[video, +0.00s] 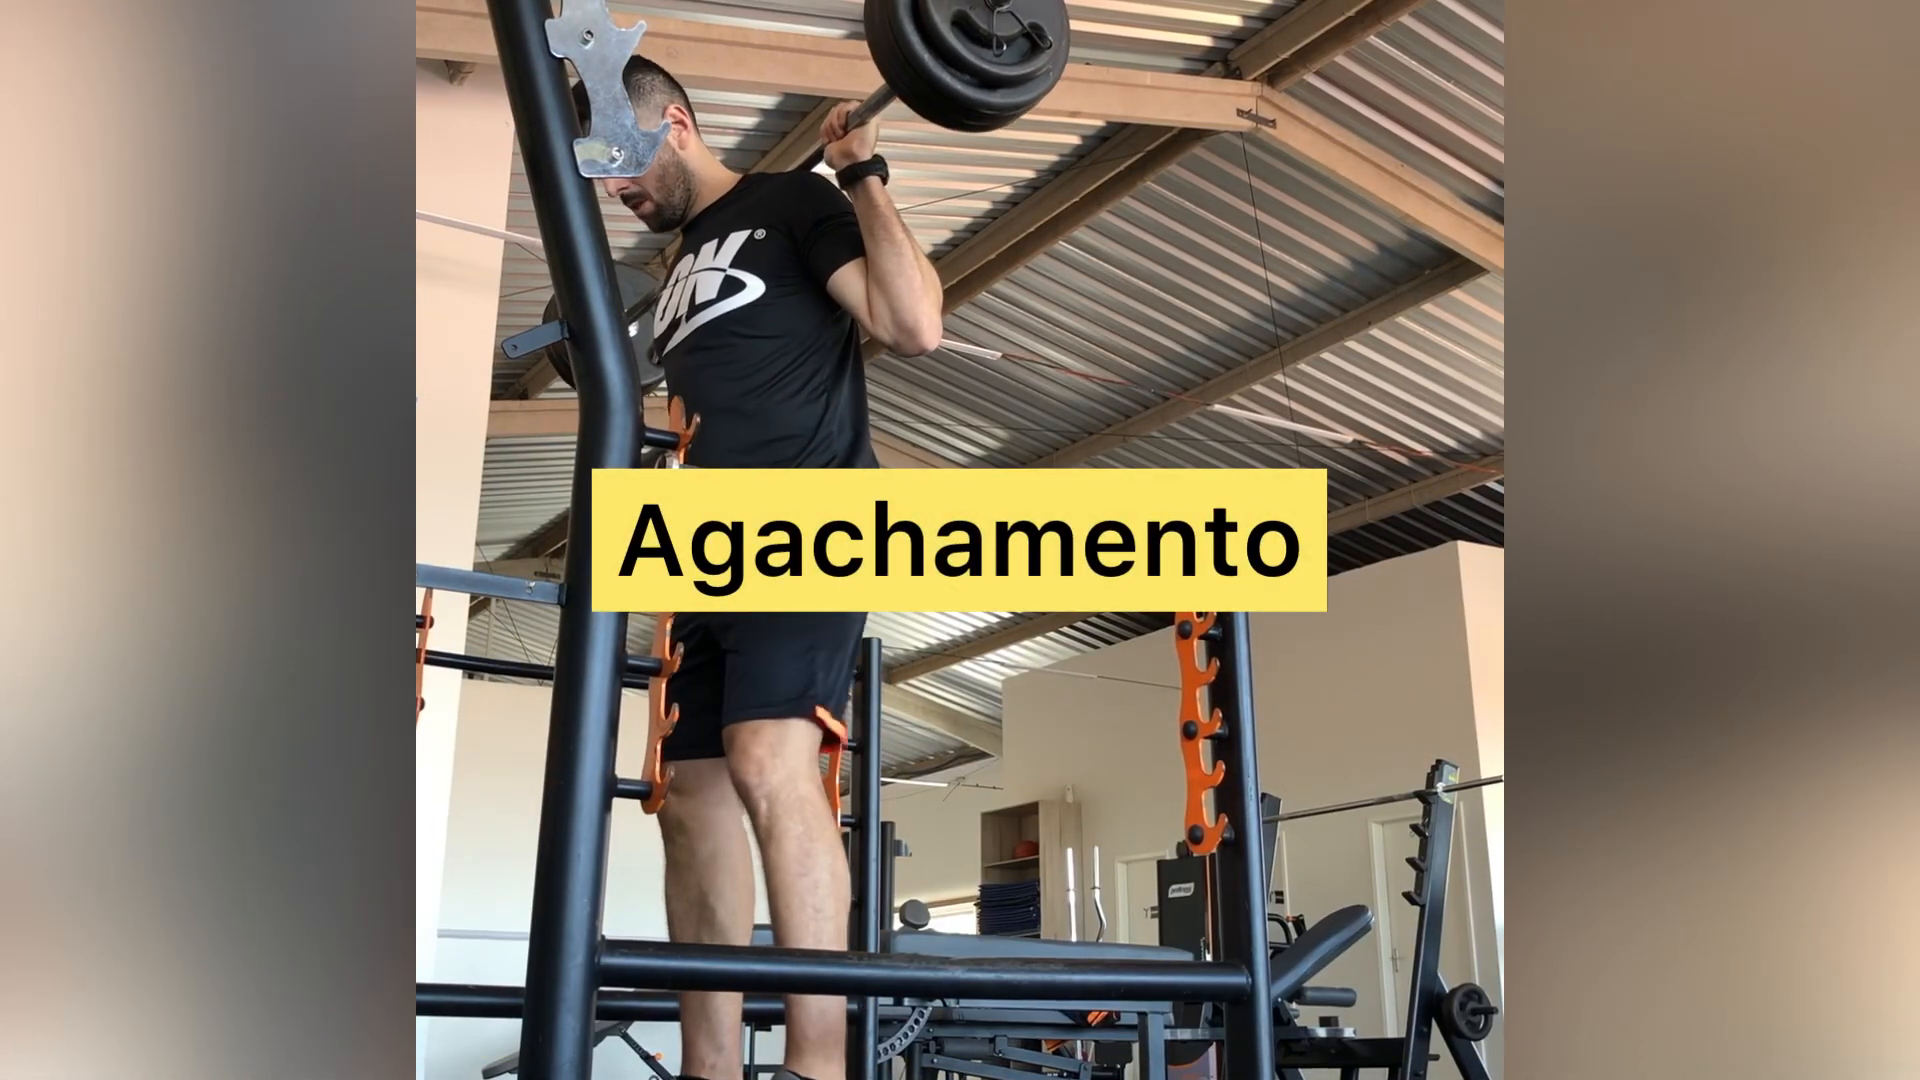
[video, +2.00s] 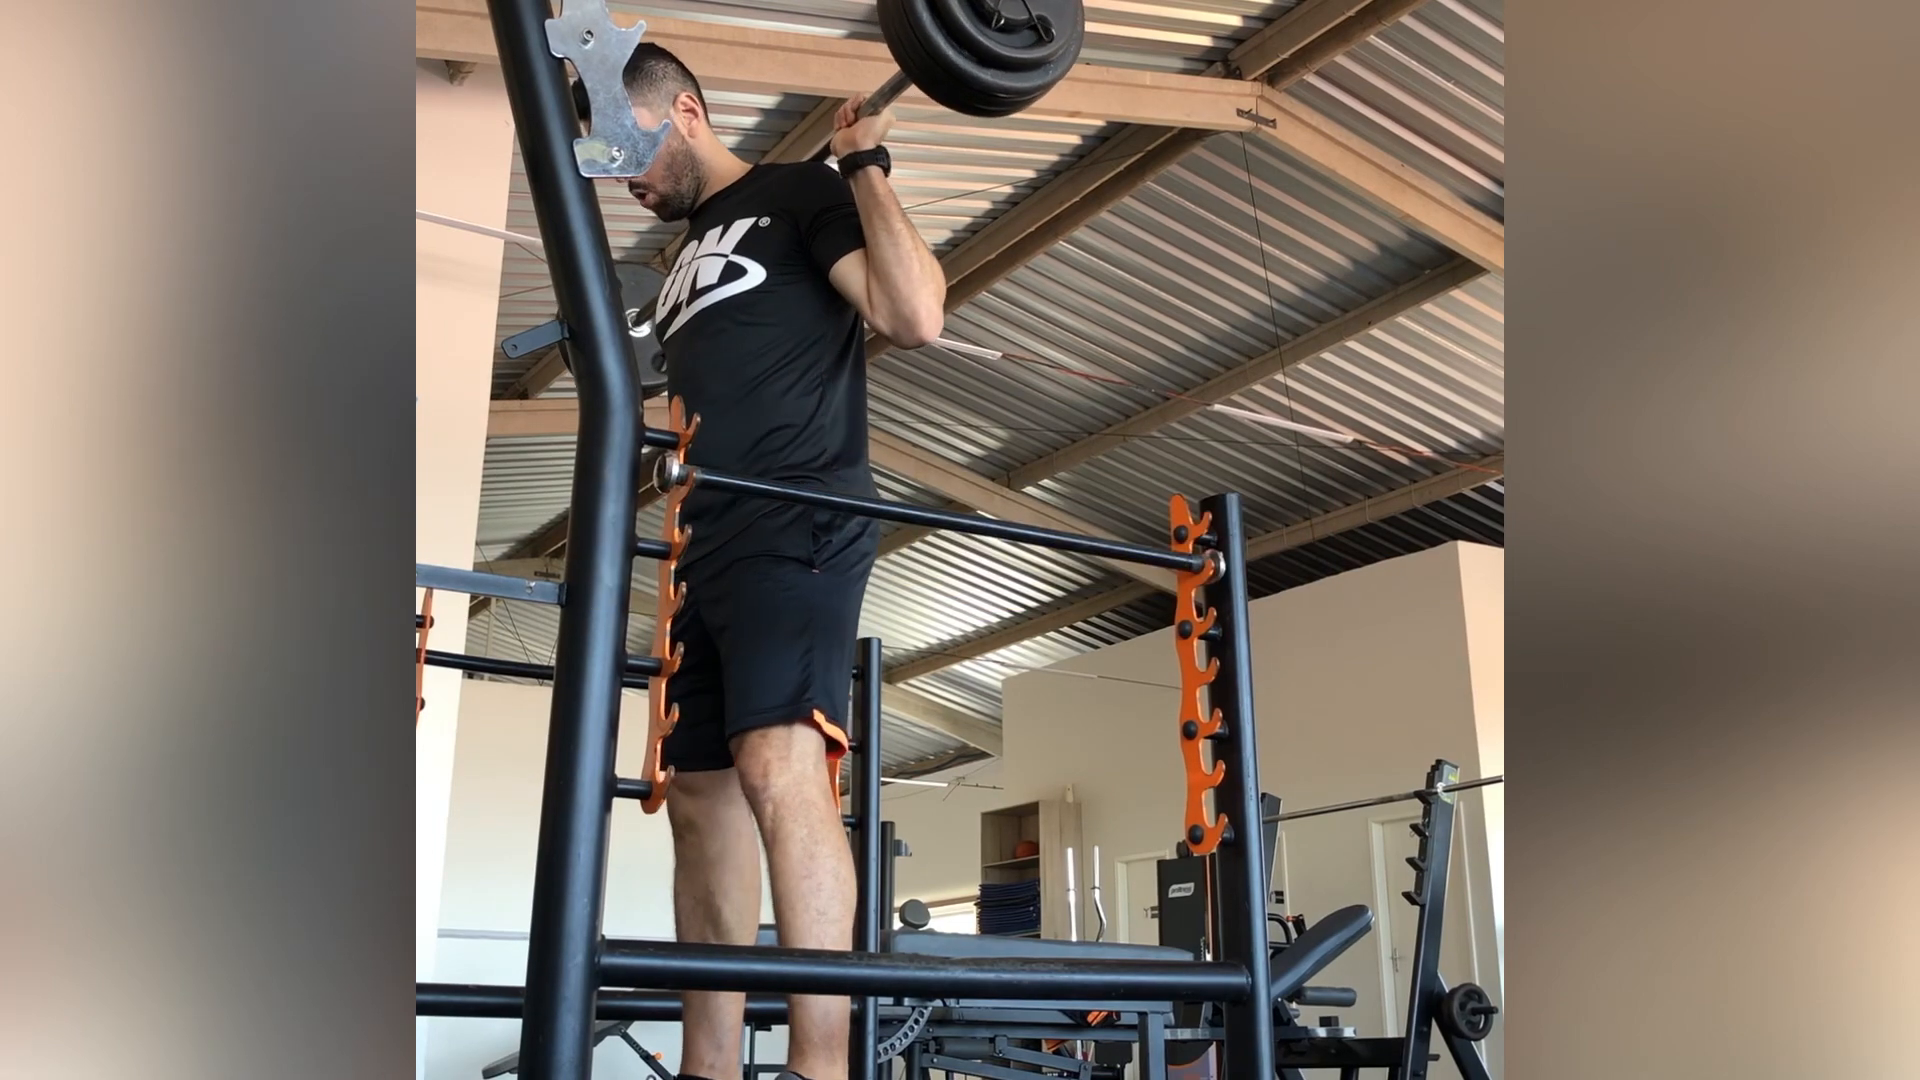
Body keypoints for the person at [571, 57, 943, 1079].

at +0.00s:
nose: (620, 187)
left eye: (629, 157)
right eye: (606, 172)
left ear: (680, 124)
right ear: (614, 172)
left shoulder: (793, 200)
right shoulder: (676, 276)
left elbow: (916, 326)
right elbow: (698, 433)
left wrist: (868, 182)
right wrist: (667, 581)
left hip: (808, 522)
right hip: (714, 539)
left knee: (769, 755)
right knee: (692, 789)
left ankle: (821, 1062)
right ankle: (711, 1066)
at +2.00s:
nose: (631, 180)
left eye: (636, 149)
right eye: (618, 161)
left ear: (692, 113)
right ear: (672, 130)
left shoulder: (804, 190)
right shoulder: (684, 259)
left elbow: (916, 315)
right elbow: (700, 411)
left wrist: (867, 168)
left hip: (799, 521)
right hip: (711, 535)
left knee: (781, 762)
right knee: (697, 787)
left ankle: (826, 1063)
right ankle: (713, 1063)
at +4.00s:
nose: (615, 183)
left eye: (626, 155)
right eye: (602, 168)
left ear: (680, 127)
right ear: (610, 171)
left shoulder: (790, 205)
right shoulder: (677, 277)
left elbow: (914, 332)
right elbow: (709, 421)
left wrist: (855, 184)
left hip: (817, 526)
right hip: (725, 546)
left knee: (758, 754)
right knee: (683, 789)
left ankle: (819, 1063)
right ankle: (699, 1068)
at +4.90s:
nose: (590, 309)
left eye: (600, 283)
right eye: (582, 288)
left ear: (661, 267)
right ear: (642, 277)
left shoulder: (781, 341)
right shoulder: (661, 406)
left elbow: (914, 472)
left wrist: (837, 318)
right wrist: (621, 433)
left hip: (868, 634)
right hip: (763, 659)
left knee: (702, 789)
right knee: (587, 812)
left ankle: (816, 1068)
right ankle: (686, 1072)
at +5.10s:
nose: (570, 406)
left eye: (578, 376)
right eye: (557, 387)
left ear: (649, 350)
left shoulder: (766, 415)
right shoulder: (646, 487)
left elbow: (911, 550)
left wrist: (827, 407)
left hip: (882, 700)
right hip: (772, 721)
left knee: (690, 793)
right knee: (568, 833)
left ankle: (816, 1070)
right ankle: (685, 1074)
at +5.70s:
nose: (548, 573)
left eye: (560, 542)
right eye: (537, 552)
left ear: (638, 514)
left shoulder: (749, 578)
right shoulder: (623, 643)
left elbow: (911, 714)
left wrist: (809, 570)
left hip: (886, 853)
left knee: (667, 818)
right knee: (547, 848)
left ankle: (802, 1071)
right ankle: (681, 1073)